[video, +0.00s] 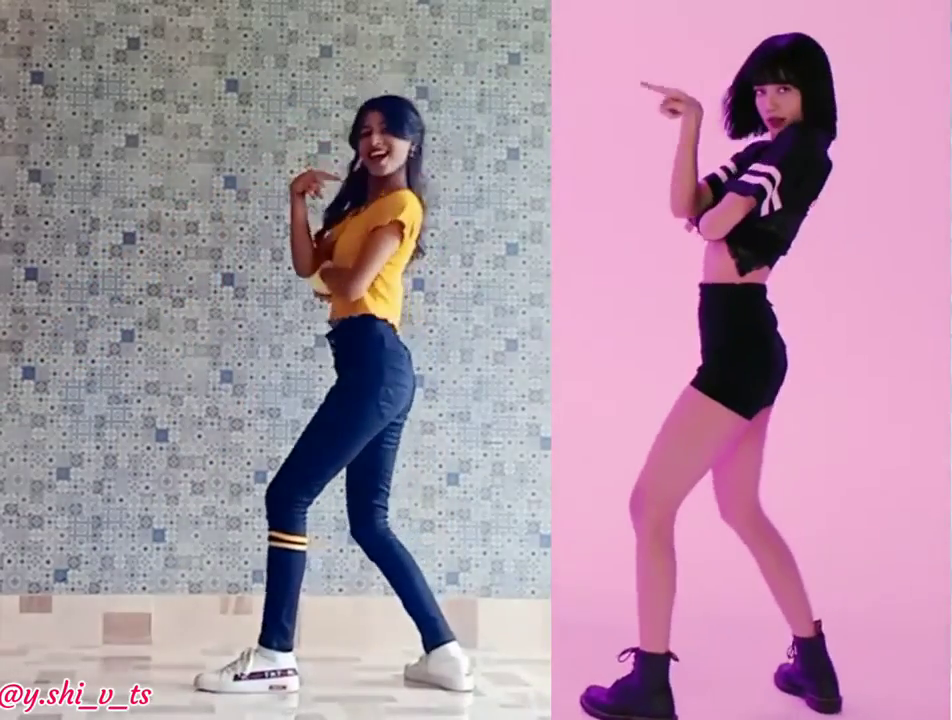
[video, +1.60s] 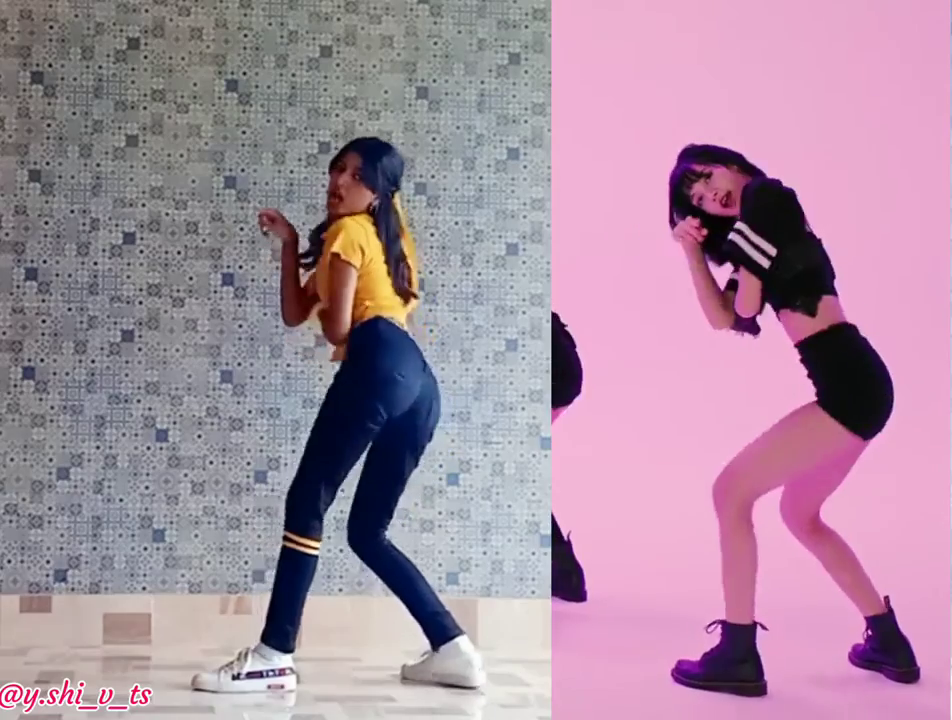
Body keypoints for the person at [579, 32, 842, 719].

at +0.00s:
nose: (772, 95)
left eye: (785, 84)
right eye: (763, 85)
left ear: (813, 91)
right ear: (753, 92)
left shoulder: (791, 150)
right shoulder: (770, 150)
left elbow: (715, 227)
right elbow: (685, 206)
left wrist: (721, 195)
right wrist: (690, 119)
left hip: (736, 351)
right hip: (750, 348)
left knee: (650, 504)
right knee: (741, 508)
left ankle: (650, 681)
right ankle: (812, 658)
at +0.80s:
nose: (743, 137)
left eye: (750, 120)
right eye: (734, 135)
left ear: (785, 115)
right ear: (738, 150)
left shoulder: (795, 165)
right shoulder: (782, 191)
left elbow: (755, 272)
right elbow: (728, 289)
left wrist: (746, 265)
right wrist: (694, 214)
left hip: (821, 388)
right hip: (834, 381)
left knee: (685, 492)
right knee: (776, 512)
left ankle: (701, 662)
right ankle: (862, 647)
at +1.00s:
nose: (701, 211)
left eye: (700, 192)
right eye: (692, 213)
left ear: (726, 177)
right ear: (696, 224)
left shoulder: (750, 220)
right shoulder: (760, 237)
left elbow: (750, 326)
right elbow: (738, 352)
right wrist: (697, 286)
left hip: (843, 413)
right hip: (849, 405)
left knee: (696, 488)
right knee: (778, 514)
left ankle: (708, 657)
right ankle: (865, 640)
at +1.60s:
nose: (710, 190)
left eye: (708, 174)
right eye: (697, 194)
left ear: (731, 162)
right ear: (704, 206)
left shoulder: (767, 201)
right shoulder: (755, 225)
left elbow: (748, 308)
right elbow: (721, 317)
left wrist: (726, 261)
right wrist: (693, 252)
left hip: (849, 387)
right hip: (859, 384)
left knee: (732, 490)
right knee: (801, 515)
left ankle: (737, 652)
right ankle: (887, 639)